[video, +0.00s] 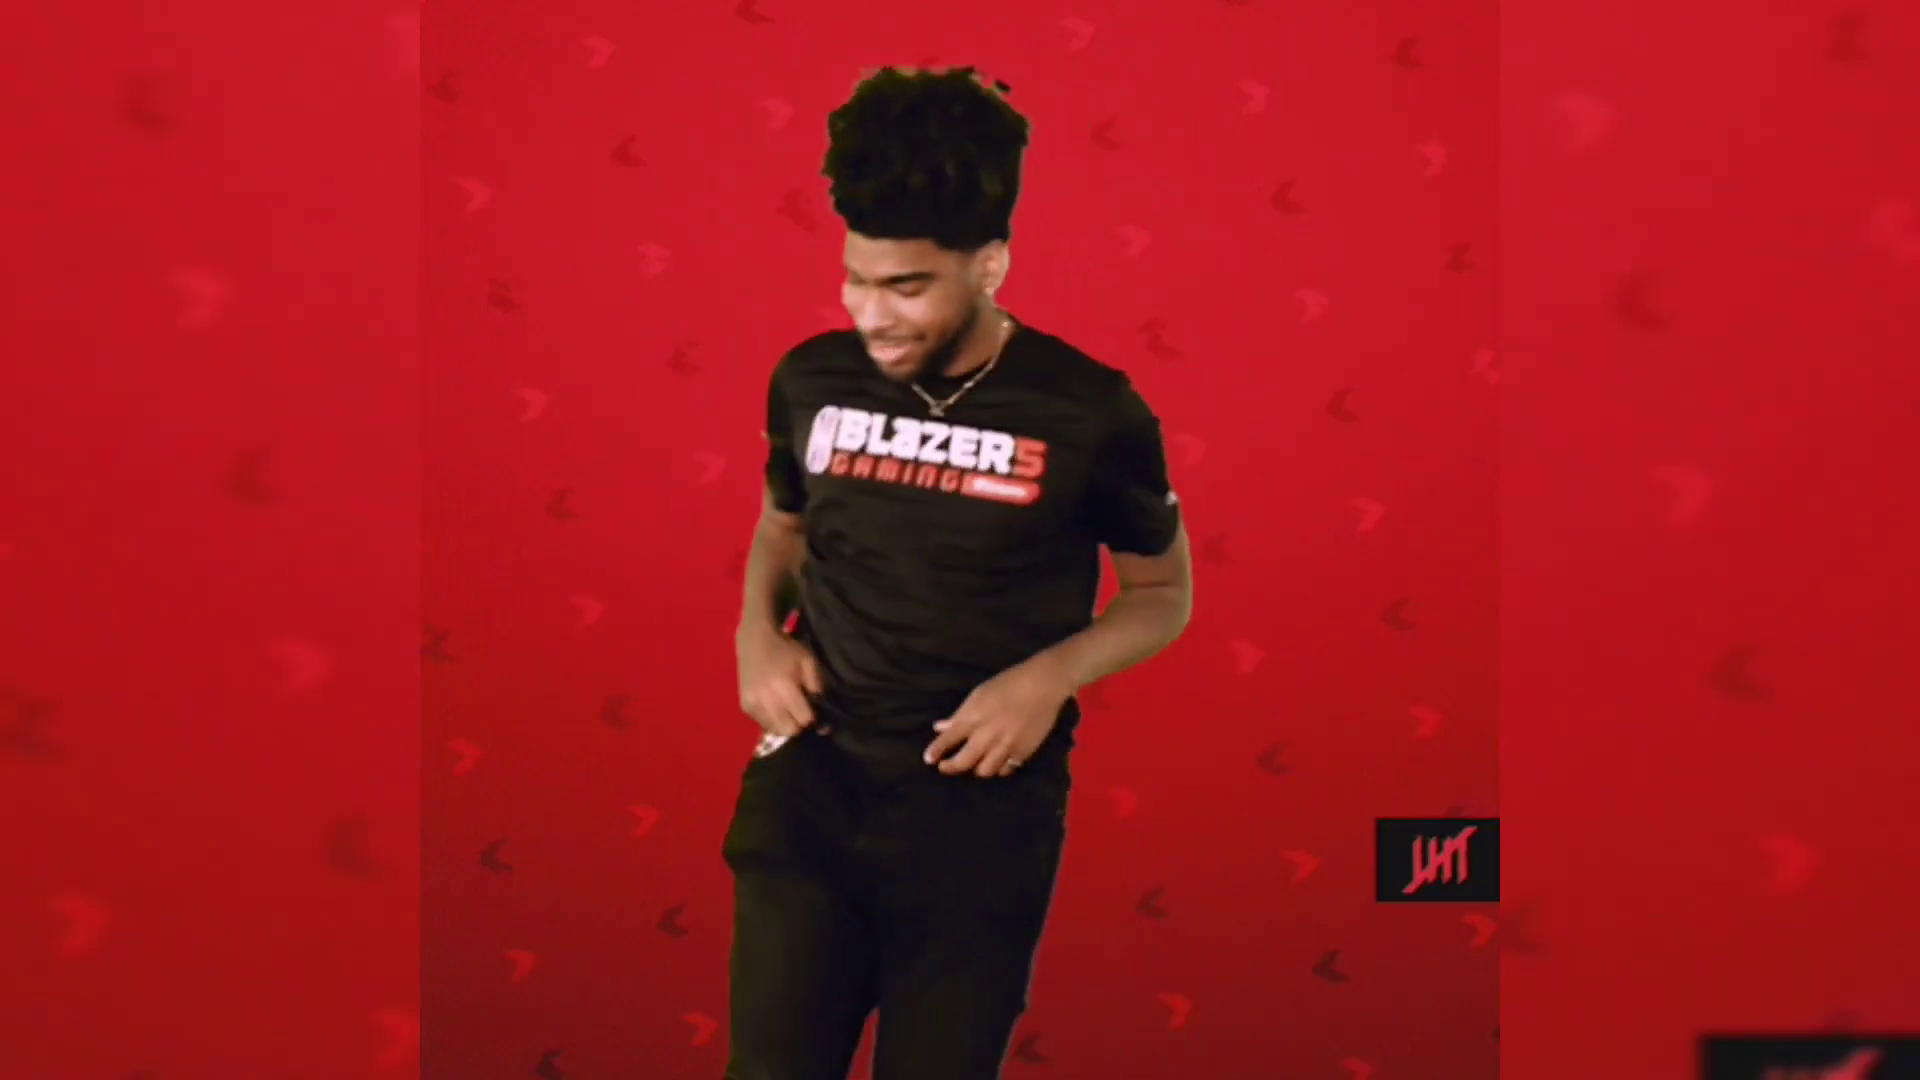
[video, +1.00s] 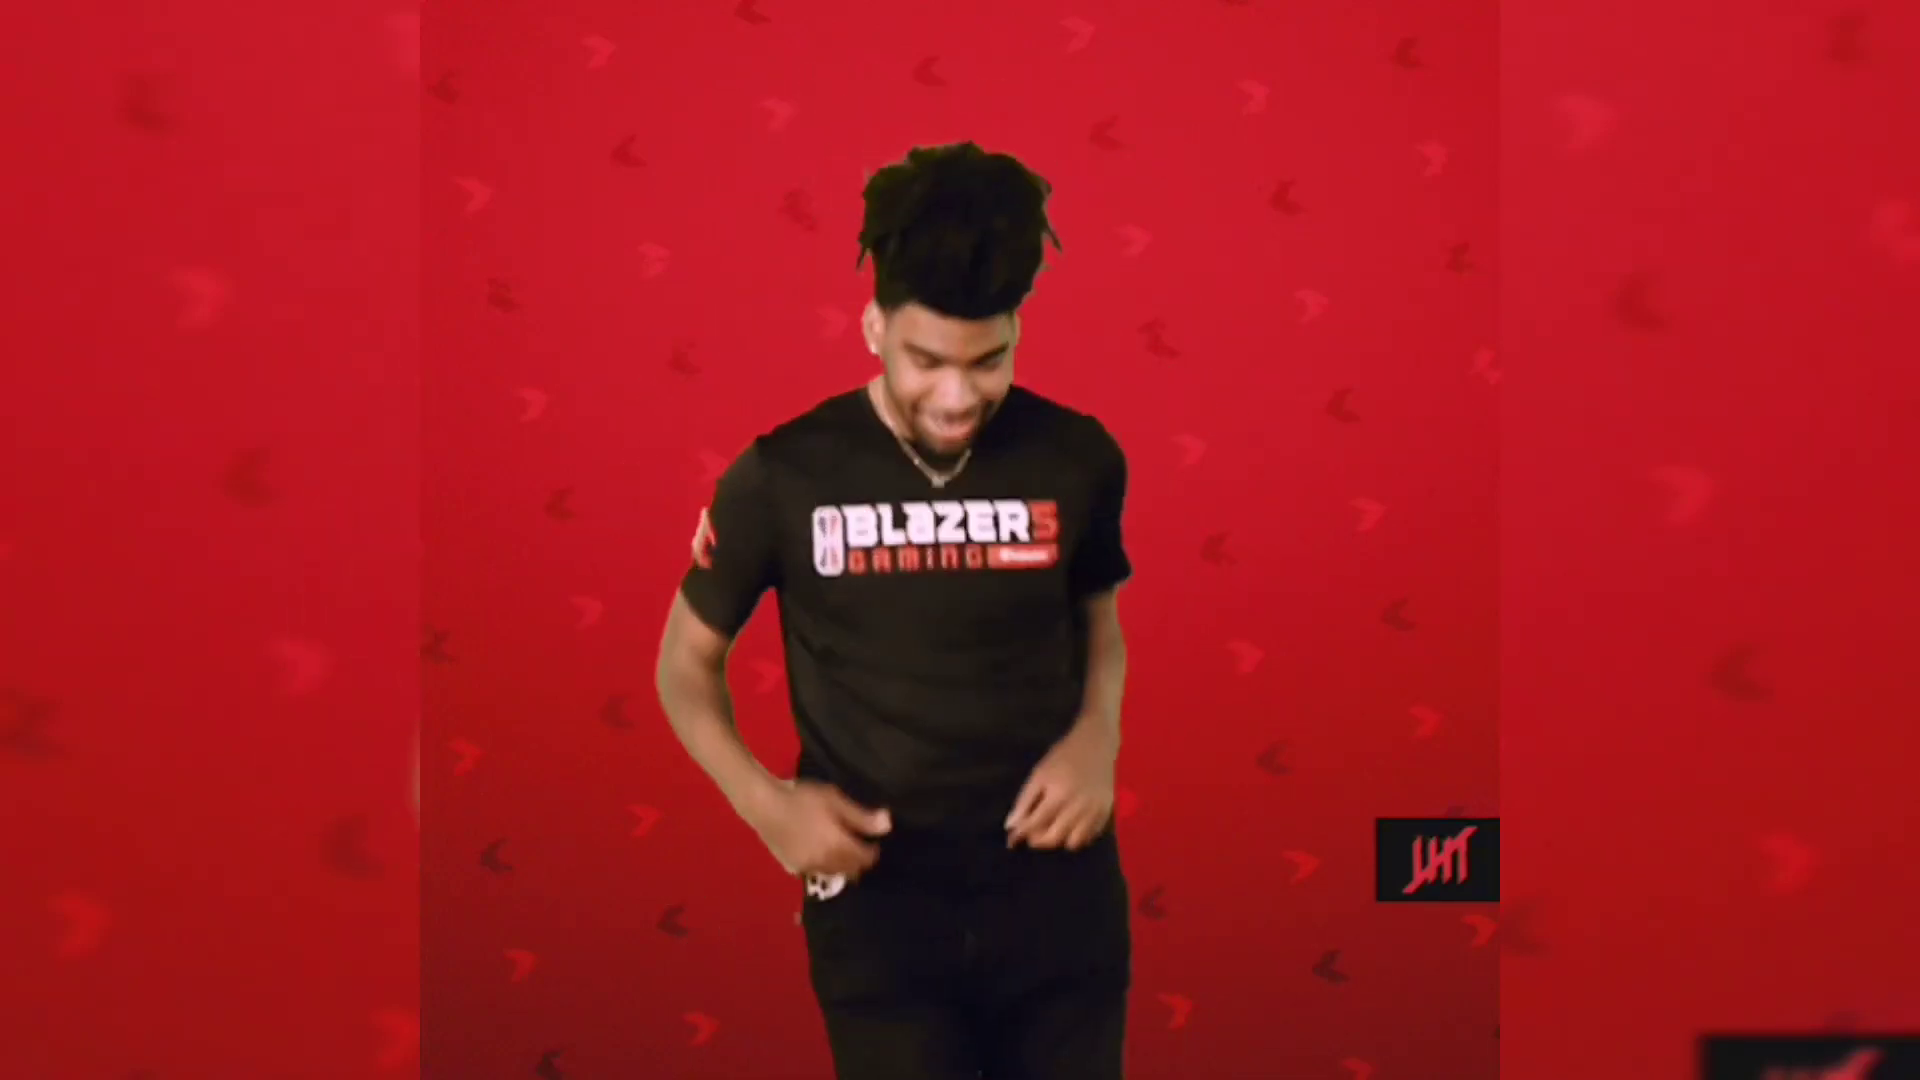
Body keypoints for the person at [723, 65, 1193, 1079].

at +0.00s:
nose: (873, 315)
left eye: (907, 285)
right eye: (856, 278)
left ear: (992, 267)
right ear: (840, 254)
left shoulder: (1097, 420)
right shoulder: (811, 385)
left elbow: (1162, 594)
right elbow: (780, 534)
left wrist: (1048, 677)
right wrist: (756, 641)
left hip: (983, 822)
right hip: (807, 801)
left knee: (937, 1064)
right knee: (772, 1062)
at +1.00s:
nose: (956, 394)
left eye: (987, 359)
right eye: (925, 358)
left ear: (1020, 324)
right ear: (874, 327)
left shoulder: (1081, 463)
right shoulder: (780, 483)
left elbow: (1097, 611)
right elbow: (685, 663)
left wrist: (1097, 738)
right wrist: (766, 803)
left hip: (1057, 894)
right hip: (879, 907)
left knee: (1072, 1062)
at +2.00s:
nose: (703, 365)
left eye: (731, 325)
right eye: (687, 334)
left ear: (825, 305)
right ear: (679, 323)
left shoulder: (975, 438)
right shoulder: (690, 486)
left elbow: (1084, 643)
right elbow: (643, 681)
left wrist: (936, 621)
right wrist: (617, 843)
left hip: (944, 854)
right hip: (774, 867)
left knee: (881, 1055)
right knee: (780, 1056)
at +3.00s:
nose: (883, 476)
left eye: (893, 450)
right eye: (886, 448)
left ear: (745, 411)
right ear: (830, 434)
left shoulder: (586, 517)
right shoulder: (873, 542)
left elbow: (463, 656)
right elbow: (1013, 714)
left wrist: (592, 730)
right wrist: (887, 815)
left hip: (624, 948)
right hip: (819, 945)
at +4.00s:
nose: (1022, 497)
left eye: (1041, 460)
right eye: (987, 460)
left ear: (1062, 457)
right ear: (923, 457)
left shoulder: (942, 574)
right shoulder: (874, 608)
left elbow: (808, 741)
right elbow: (702, 799)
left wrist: (920, 768)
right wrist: (856, 924)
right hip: (744, 950)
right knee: (889, 1057)